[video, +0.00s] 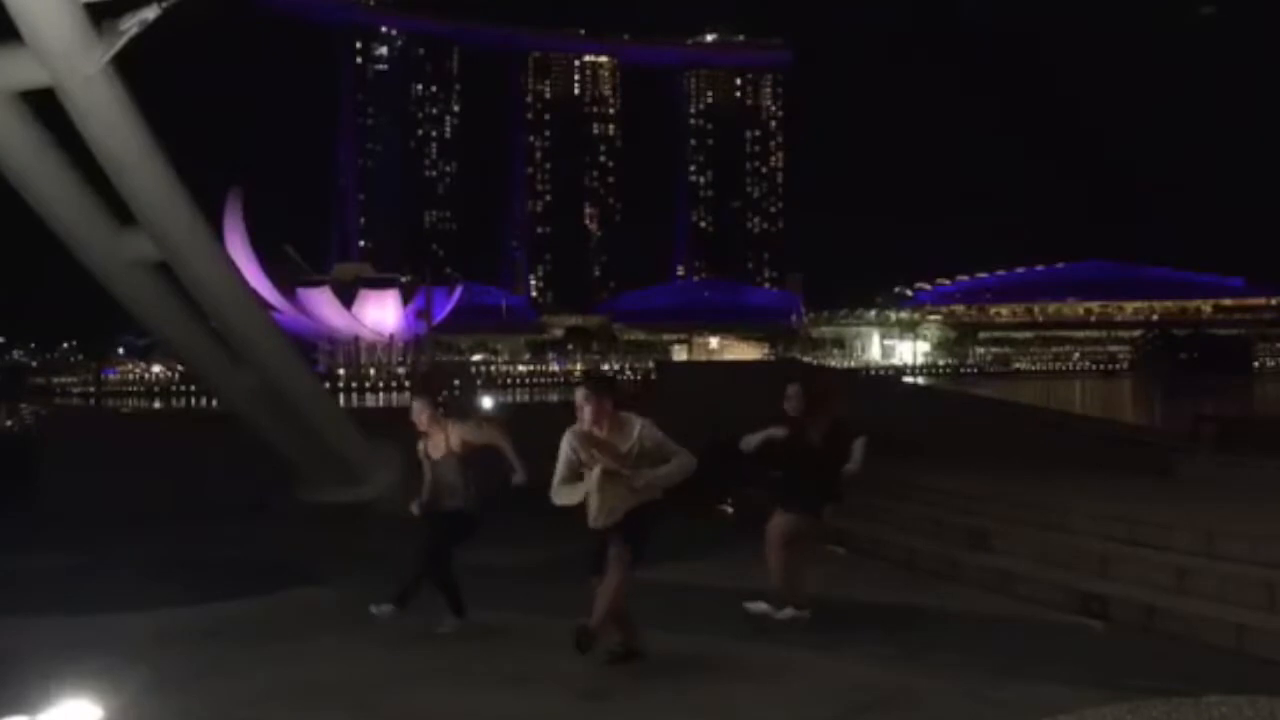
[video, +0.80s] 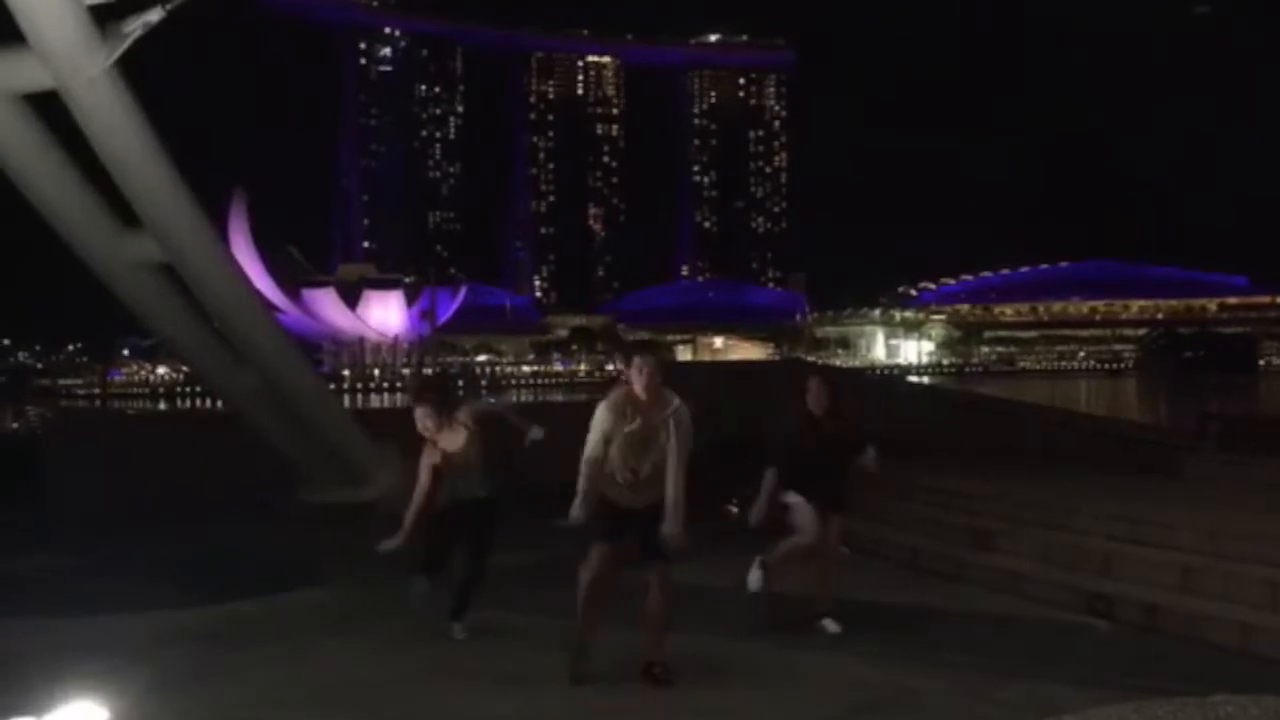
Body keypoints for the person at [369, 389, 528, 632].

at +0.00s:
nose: (417, 419)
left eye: (421, 413)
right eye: (414, 414)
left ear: (434, 412)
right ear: (413, 417)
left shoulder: (457, 431)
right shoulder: (424, 446)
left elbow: (497, 437)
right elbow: (428, 477)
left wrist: (518, 469)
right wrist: (421, 500)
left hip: (463, 503)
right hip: (438, 505)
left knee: (429, 553)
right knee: (438, 559)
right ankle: (458, 613)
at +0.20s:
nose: (413, 411)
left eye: (417, 405)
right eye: (411, 406)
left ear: (432, 404)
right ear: (413, 409)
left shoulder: (456, 421)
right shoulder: (422, 440)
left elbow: (502, 419)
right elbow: (427, 474)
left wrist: (523, 453)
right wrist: (416, 491)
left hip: (470, 496)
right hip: (444, 499)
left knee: (434, 537)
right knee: (441, 550)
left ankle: (436, 592)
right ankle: (456, 612)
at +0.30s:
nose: (420, 401)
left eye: (423, 394)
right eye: (415, 396)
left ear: (435, 393)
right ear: (412, 400)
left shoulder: (457, 415)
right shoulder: (422, 429)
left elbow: (495, 429)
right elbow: (427, 464)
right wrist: (427, 484)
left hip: (468, 490)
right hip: (443, 494)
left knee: (444, 546)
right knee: (439, 547)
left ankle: (461, 604)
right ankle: (458, 604)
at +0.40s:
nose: (421, 408)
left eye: (426, 402)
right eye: (418, 403)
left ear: (439, 403)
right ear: (417, 407)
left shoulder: (457, 424)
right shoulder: (424, 435)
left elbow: (476, 461)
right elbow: (422, 475)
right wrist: (434, 451)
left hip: (465, 501)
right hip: (441, 502)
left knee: (454, 557)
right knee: (443, 559)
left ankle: (476, 615)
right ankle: (467, 613)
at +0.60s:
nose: (425, 416)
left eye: (429, 409)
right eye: (420, 411)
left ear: (441, 407)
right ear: (417, 414)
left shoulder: (462, 423)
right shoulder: (422, 442)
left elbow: (495, 441)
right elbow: (421, 484)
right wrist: (452, 483)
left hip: (469, 503)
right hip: (441, 508)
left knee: (460, 557)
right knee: (443, 560)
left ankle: (468, 613)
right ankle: (464, 610)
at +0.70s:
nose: (422, 413)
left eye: (427, 406)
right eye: (419, 407)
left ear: (440, 405)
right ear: (417, 410)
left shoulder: (464, 415)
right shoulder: (427, 440)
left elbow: (499, 421)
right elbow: (427, 486)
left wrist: (510, 451)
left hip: (476, 499)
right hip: (448, 503)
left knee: (468, 555)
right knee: (446, 555)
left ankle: (460, 609)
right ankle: (456, 610)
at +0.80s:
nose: (422, 426)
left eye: (426, 419)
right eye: (418, 420)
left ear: (442, 415)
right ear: (418, 422)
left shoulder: (465, 418)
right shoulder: (432, 453)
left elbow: (499, 408)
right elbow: (419, 497)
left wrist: (528, 427)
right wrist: (401, 536)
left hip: (483, 499)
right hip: (451, 504)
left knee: (475, 561)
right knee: (439, 547)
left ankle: (458, 618)